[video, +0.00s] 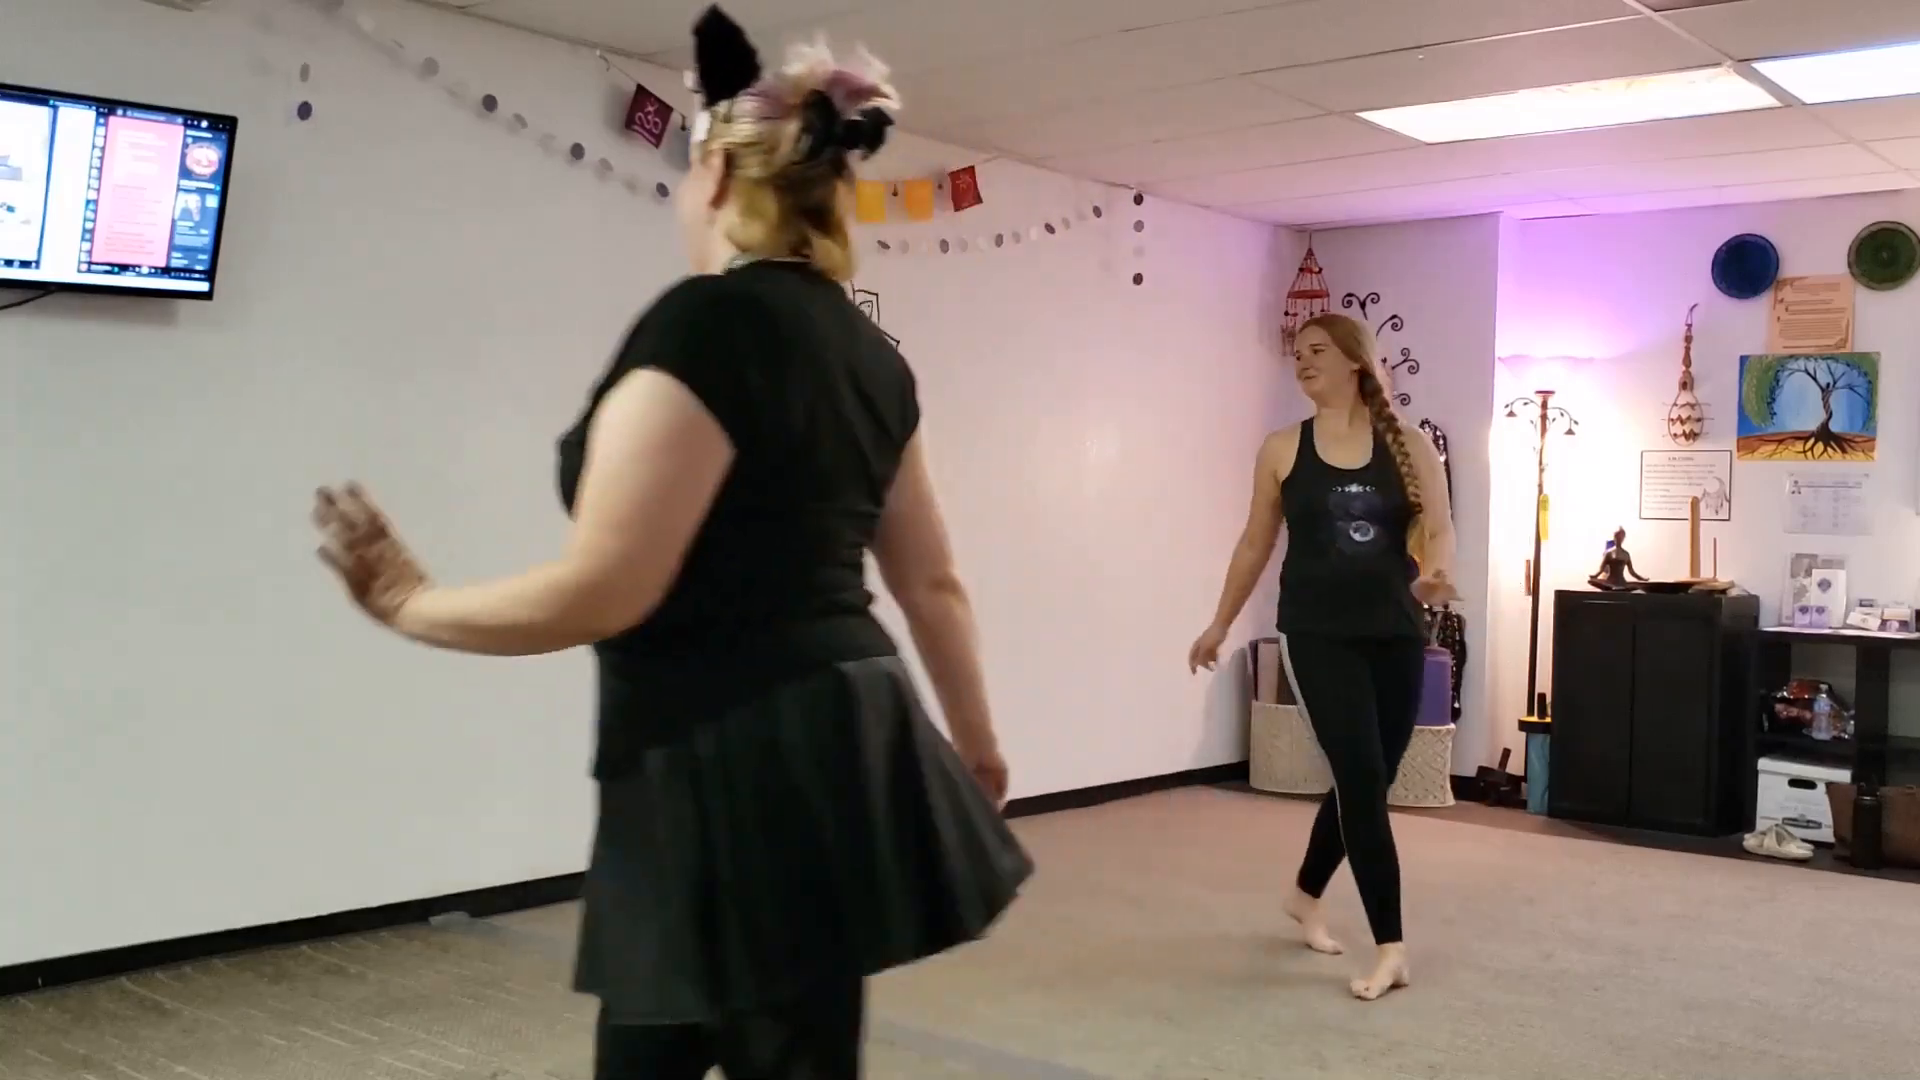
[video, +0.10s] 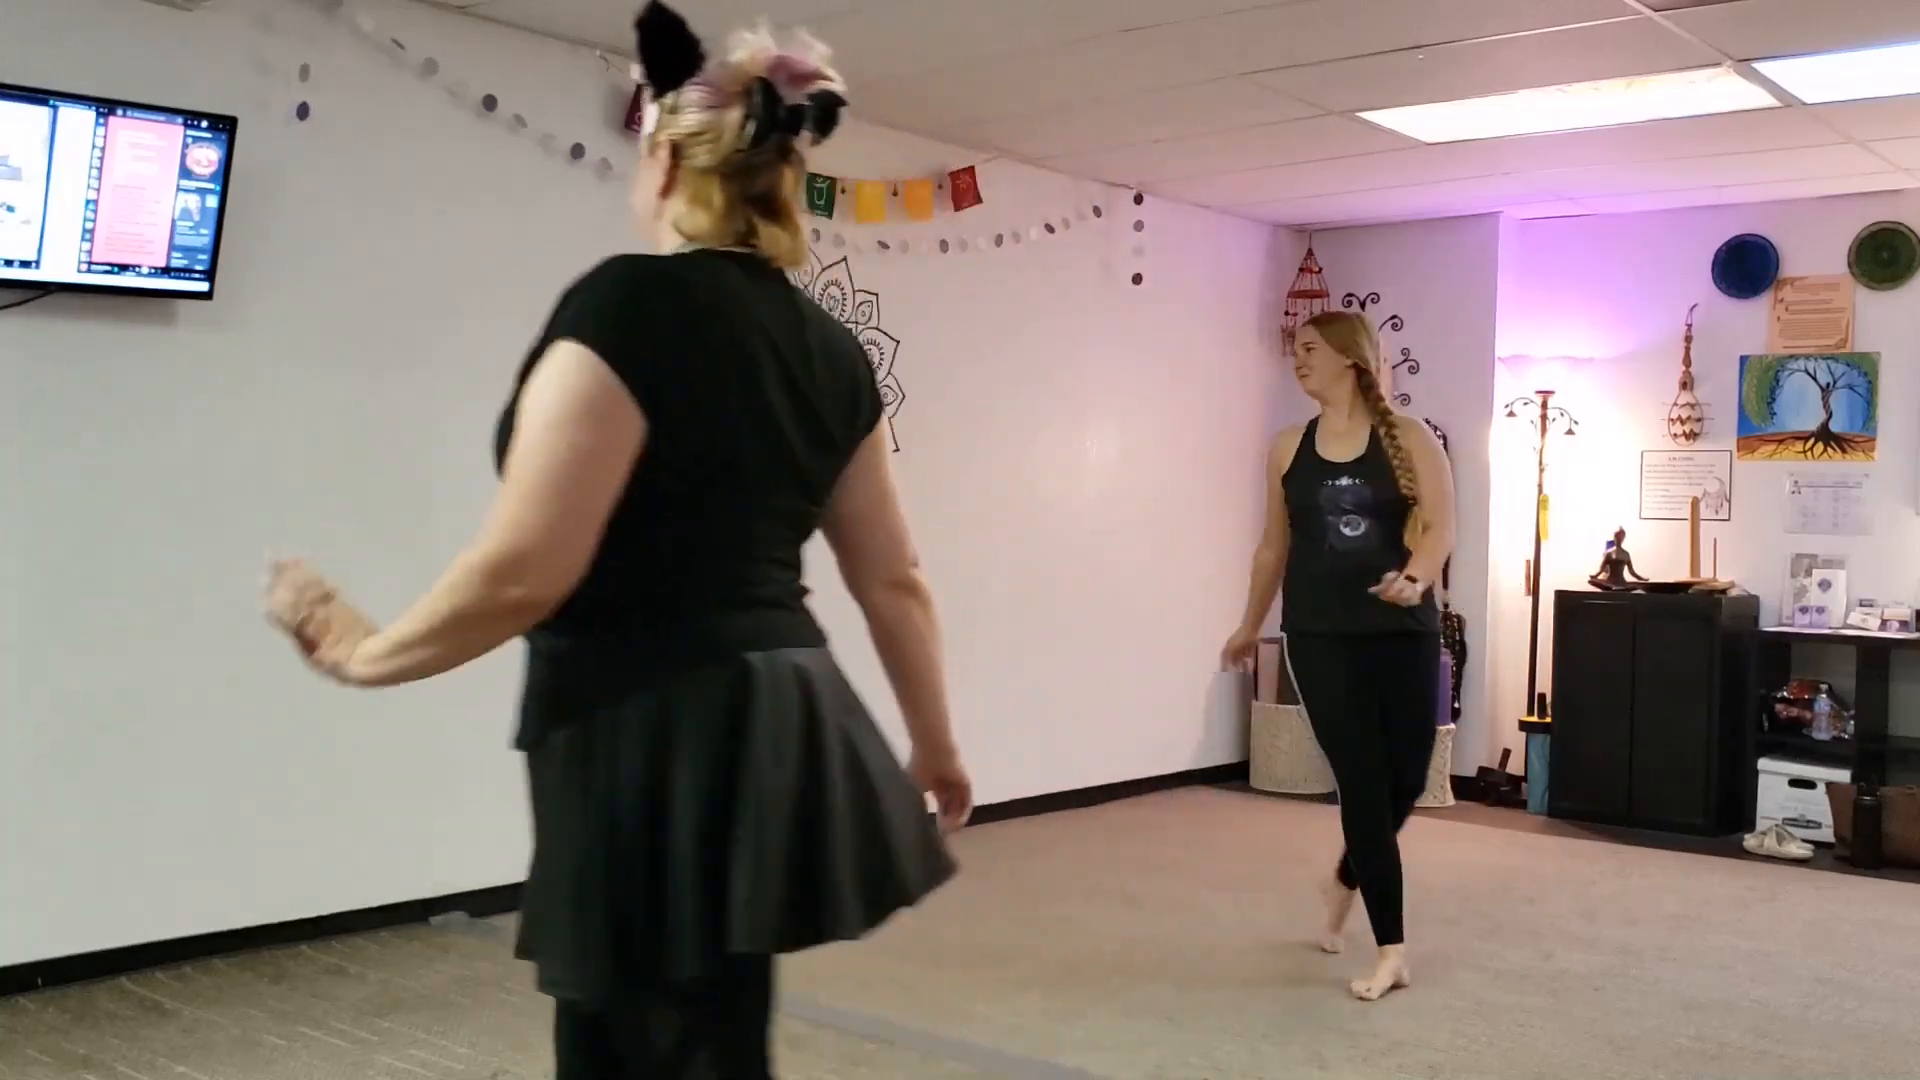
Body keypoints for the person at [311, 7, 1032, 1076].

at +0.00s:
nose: (679, 201)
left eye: (685, 176)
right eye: (683, 176)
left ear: (719, 172)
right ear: (823, 192)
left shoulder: (706, 326)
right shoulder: (870, 355)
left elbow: (605, 588)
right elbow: (930, 580)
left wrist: (408, 602)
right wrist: (978, 741)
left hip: (707, 761)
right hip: (843, 736)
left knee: (646, 1054)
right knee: (802, 1052)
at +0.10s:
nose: (633, 173)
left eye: (640, 147)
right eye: (638, 146)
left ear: (666, 153)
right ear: (782, 178)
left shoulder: (626, 306)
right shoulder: (829, 348)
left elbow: (528, 565)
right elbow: (892, 577)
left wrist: (366, 655)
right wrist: (935, 744)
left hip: (635, 728)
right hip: (779, 712)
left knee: (621, 1042)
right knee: (725, 1041)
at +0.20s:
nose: (590, 183)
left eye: (594, 160)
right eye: (593, 158)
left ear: (618, 164)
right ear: (736, 180)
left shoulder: (565, 297)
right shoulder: (789, 349)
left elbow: (472, 559)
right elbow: (852, 579)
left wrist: (338, 708)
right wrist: (891, 746)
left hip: (577, 715)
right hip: (728, 708)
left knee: (561, 1044)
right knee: (609, 1038)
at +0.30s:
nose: (545, 191)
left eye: (546, 167)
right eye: (545, 169)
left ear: (570, 169)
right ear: (694, 179)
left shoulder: (520, 298)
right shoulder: (757, 351)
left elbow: (434, 557)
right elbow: (818, 585)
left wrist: (332, 725)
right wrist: (845, 746)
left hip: (536, 716)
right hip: (699, 713)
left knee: (446, 1035)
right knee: (575, 1044)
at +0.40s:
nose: (498, 217)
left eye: (499, 199)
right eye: (500, 198)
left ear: (519, 197)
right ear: (644, 193)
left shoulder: (478, 299)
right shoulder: (728, 353)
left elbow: (399, 537)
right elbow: (794, 590)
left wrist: (321, 675)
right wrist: (796, 729)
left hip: (495, 724)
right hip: (673, 723)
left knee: (319, 1037)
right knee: (552, 1051)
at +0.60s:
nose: (413, 212)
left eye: (416, 194)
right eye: (415, 193)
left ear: (435, 190)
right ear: (560, 179)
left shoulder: (404, 295)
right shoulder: (671, 323)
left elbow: (312, 472)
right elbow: (753, 555)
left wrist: (277, 560)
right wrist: (711, 665)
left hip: (404, 697)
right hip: (606, 717)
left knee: (282, 968)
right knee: (511, 1047)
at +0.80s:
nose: (357, 218)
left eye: (358, 199)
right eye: (356, 198)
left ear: (378, 196)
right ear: (500, 184)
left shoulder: (346, 318)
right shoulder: (612, 326)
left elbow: (276, 528)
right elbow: (699, 556)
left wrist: (179, 446)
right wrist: (637, 666)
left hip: (349, 711)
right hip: (546, 717)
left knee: (289, 1050)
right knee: (493, 1056)